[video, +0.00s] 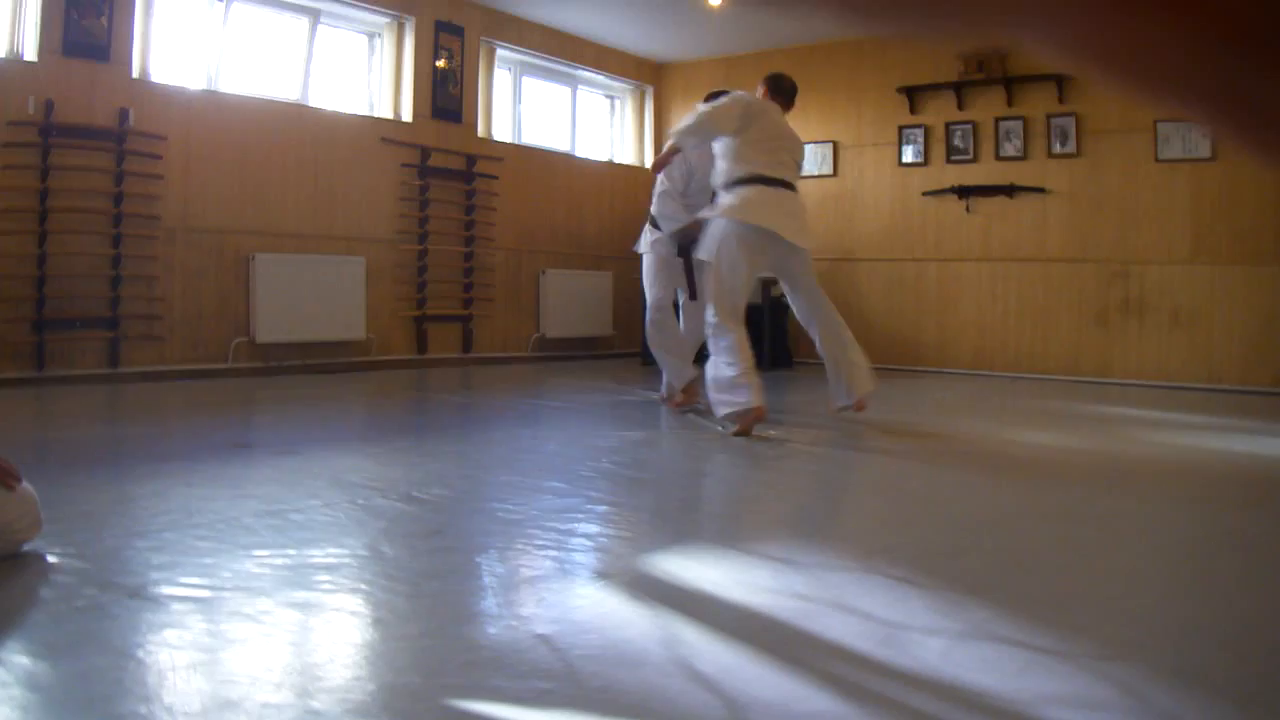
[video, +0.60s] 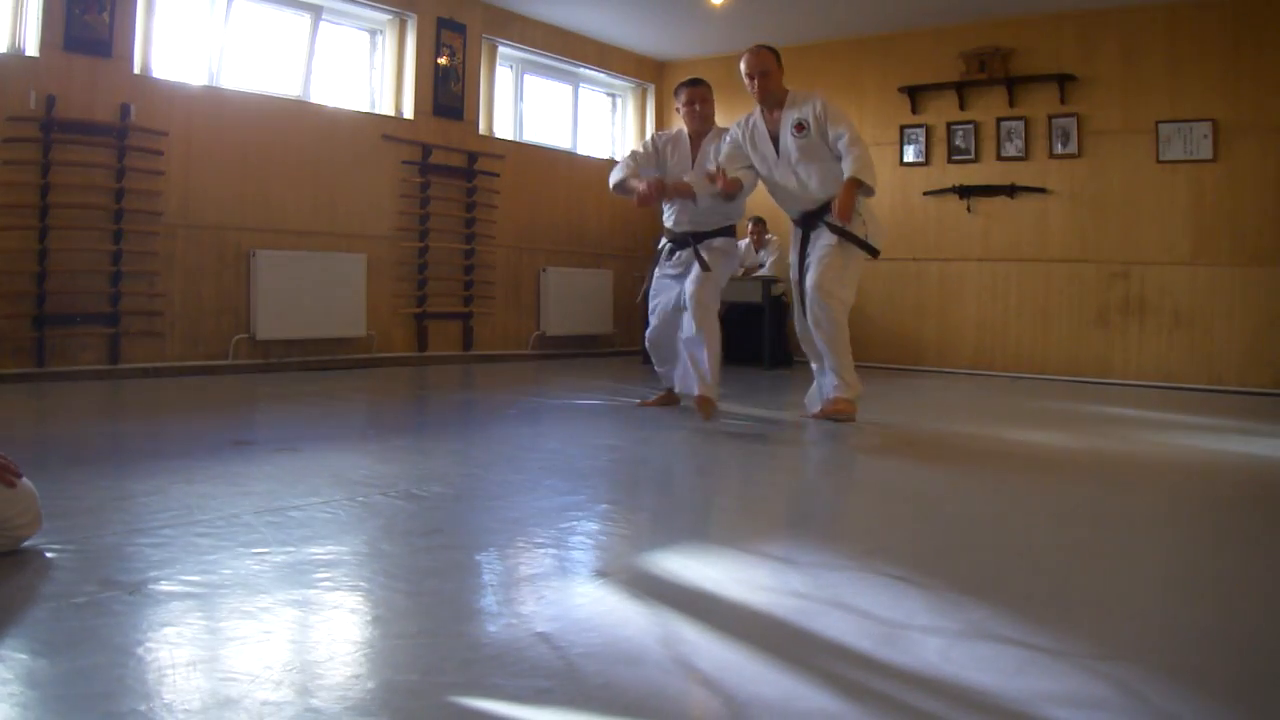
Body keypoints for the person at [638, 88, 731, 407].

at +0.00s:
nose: (722, 117)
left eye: (728, 111)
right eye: (717, 110)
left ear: (733, 116)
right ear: (705, 112)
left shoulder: (732, 152)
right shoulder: (686, 148)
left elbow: (732, 200)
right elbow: (662, 197)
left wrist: (706, 223)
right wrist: (683, 228)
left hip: (702, 235)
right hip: (663, 235)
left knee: (696, 310)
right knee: (657, 304)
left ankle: (672, 384)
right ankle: (685, 378)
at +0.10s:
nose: (715, 117)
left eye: (722, 112)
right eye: (710, 110)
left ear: (731, 116)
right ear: (699, 111)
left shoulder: (736, 152)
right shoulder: (679, 141)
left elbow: (749, 205)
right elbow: (639, 187)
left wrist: (706, 230)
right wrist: (676, 226)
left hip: (701, 241)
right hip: (662, 236)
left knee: (695, 322)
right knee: (651, 311)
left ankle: (672, 381)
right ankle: (661, 383)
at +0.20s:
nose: (711, 114)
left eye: (718, 109)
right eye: (704, 108)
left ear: (726, 113)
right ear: (692, 110)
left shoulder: (735, 152)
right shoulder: (669, 137)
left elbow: (749, 202)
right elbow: (620, 165)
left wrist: (727, 231)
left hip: (703, 242)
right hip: (661, 237)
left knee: (693, 329)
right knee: (653, 318)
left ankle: (673, 385)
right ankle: (655, 389)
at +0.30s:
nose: (704, 109)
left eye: (711, 103)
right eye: (697, 103)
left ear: (720, 108)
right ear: (685, 106)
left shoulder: (732, 149)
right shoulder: (664, 132)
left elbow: (733, 195)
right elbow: (614, 141)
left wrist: (730, 192)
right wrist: (644, 154)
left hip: (703, 242)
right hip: (659, 237)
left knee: (701, 330)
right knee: (652, 321)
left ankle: (684, 376)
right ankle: (663, 391)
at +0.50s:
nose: (696, 110)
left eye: (702, 103)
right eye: (688, 105)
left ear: (712, 106)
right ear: (677, 109)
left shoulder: (728, 141)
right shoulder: (663, 141)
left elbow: (725, 173)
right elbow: (622, 159)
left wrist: (675, 169)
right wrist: (633, 163)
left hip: (711, 243)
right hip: (669, 243)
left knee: (690, 307)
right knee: (655, 321)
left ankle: (696, 386)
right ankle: (666, 389)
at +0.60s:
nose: (697, 109)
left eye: (703, 102)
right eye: (689, 103)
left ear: (714, 105)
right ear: (677, 109)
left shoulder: (731, 140)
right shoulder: (663, 144)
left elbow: (735, 184)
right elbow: (619, 175)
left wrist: (680, 189)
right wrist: (638, 184)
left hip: (717, 241)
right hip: (675, 244)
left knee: (697, 293)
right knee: (659, 324)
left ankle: (705, 391)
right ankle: (672, 388)